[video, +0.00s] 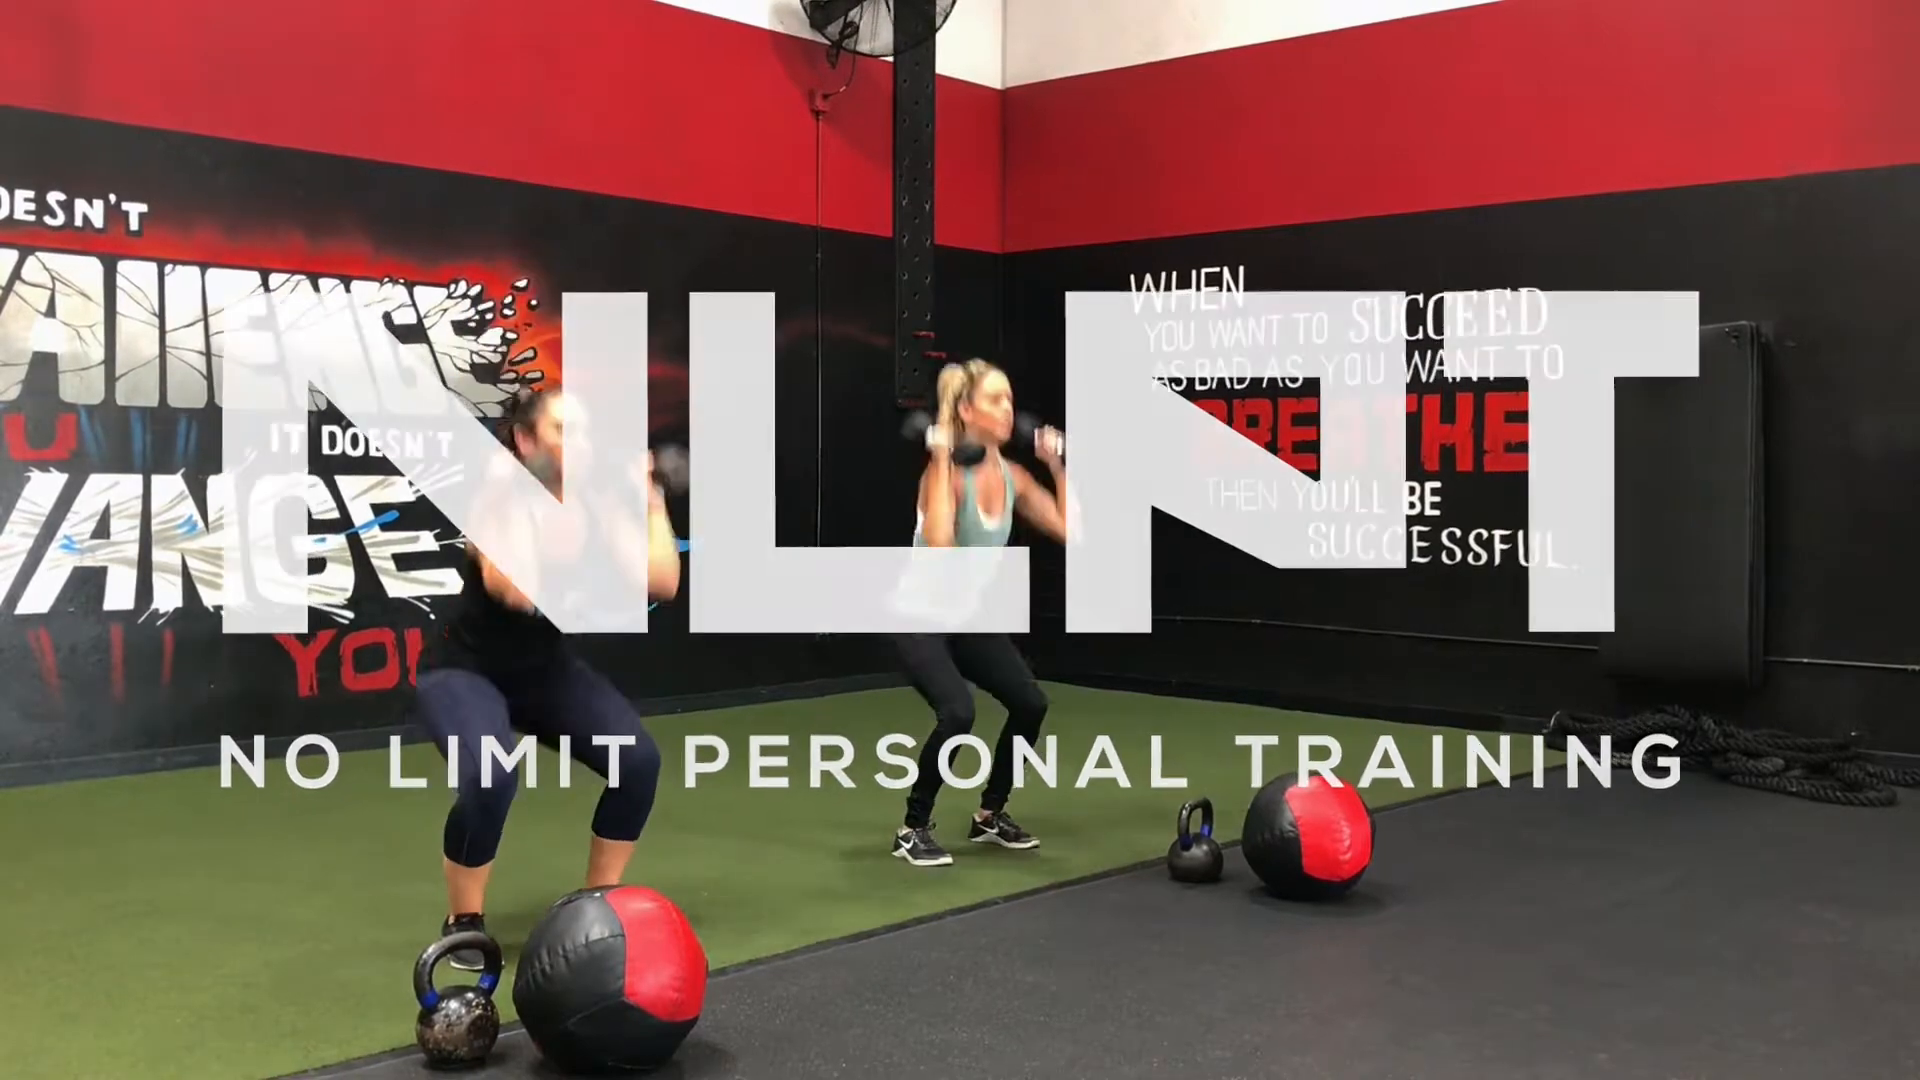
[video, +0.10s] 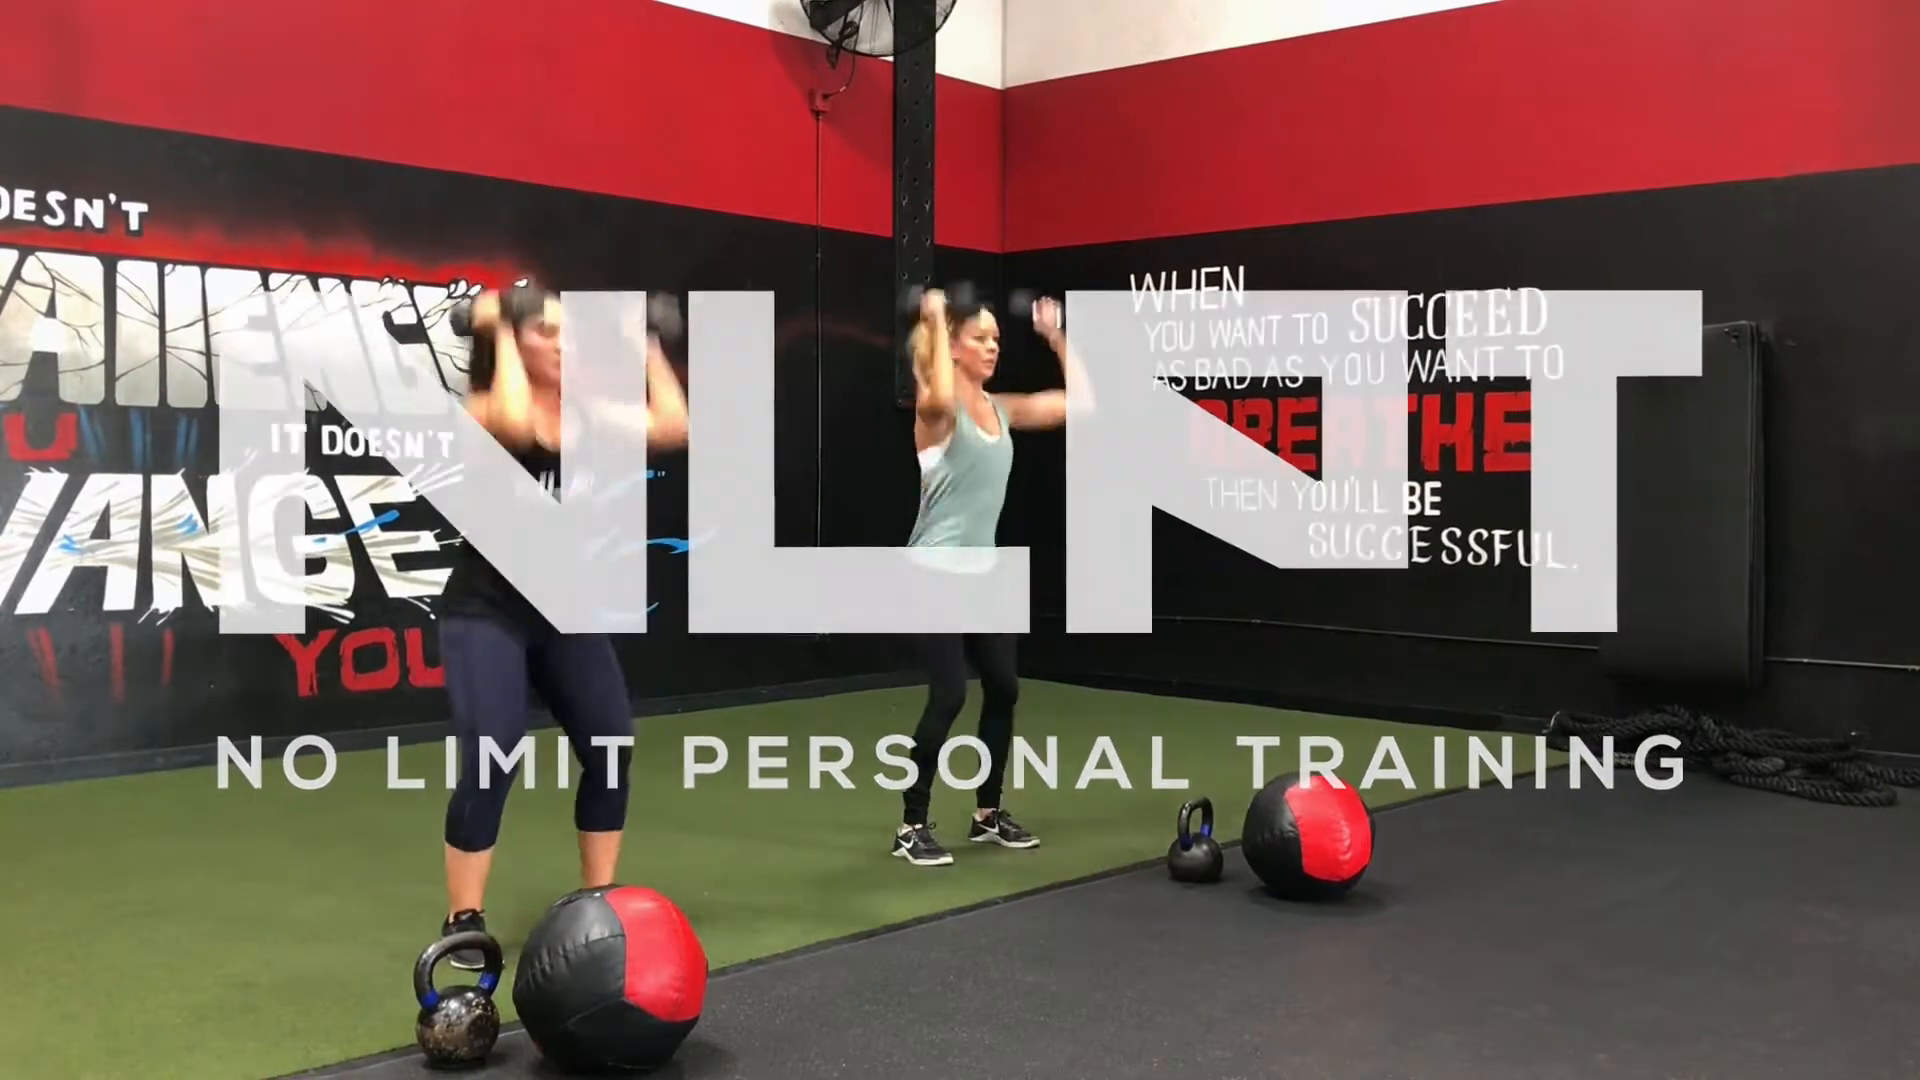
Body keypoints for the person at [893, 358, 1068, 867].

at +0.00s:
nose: (1008, 410)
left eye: (1009, 400)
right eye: (996, 401)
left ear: (1005, 409)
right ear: (965, 410)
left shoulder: (1011, 474)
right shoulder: (943, 473)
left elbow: (1068, 530)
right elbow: (938, 542)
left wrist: (1057, 467)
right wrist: (941, 460)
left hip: (971, 621)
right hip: (918, 622)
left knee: (1030, 703)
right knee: (957, 711)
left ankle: (990, 813)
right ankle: (915, 828)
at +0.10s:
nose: (992, 348)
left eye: (994, 340)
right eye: (981, 340)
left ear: (996, 346)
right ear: (951, 347)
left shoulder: (999, 407)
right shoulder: (937, 407)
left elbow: (1079, 403)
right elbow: (938, 392)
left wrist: (1058, 340)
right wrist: (934, 325)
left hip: (986, 578)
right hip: (932, 579)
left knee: (1003, 688)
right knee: (948, 692)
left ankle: (988, 813)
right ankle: (913, 825)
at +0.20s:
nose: (989, 343)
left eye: (991, 333)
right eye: (977, 333)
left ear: (991, 340)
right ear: (946, 338)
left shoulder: (997, 394)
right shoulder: (938, 397)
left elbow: (1056, 328)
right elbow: (942, 324)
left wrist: (1050, 250)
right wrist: (939, 239)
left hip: (991, 570)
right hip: (941, 571)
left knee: (987, 692)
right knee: (938, 689)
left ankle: (987, 813)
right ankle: (912, 824)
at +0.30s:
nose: (985, 338)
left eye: (988, 331)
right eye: (973, 329)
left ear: (989, 340)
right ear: (944, 333)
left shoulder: (994, 387)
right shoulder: (937, 392)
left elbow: (1037, 302)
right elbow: (945, 300)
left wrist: (1046, 225)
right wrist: (937, 210)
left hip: (993, 570)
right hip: (940, 571)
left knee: (988, 692)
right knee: (936, 691)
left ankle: (987, 812)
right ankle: (912, 825)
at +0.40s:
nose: (984, 343)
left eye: (987, 334)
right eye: (972, 334)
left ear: (988, 342)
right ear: (944, 343)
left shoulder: (993, 395)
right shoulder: (933, 397)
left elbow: (1063, 352)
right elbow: (936, 340)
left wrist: (1052, 282)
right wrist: (933, 259)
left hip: (985, 571)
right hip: (933, 572)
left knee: (996, 686)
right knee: (940, 690)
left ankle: (987, 814)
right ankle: (913, 825)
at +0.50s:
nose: (997, 376)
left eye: (995, 367)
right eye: (987, 368)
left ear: (984, 375)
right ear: (959, 377)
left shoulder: (997, 434)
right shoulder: (936, 433)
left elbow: (1073, 456)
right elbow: (934, 450)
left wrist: (1059, 392)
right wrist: (932, 370)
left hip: (967, 594)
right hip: (915, 594)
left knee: (1012, 695)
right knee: (953, 701)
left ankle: (988, 814)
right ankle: (913, 826)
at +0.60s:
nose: (1003, 440)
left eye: (1004, 430)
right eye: (992, 431)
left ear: (1005, 439)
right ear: (962, 442)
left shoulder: (1004, 503)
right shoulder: (939, 497)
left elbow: (1051, 574)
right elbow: (943, 573)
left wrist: (1051, 507)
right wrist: (940, 496)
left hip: (951, 639)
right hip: (898, 638)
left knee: (1028, 705)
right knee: (957, 713)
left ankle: (989, 815)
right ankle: (914, 828)